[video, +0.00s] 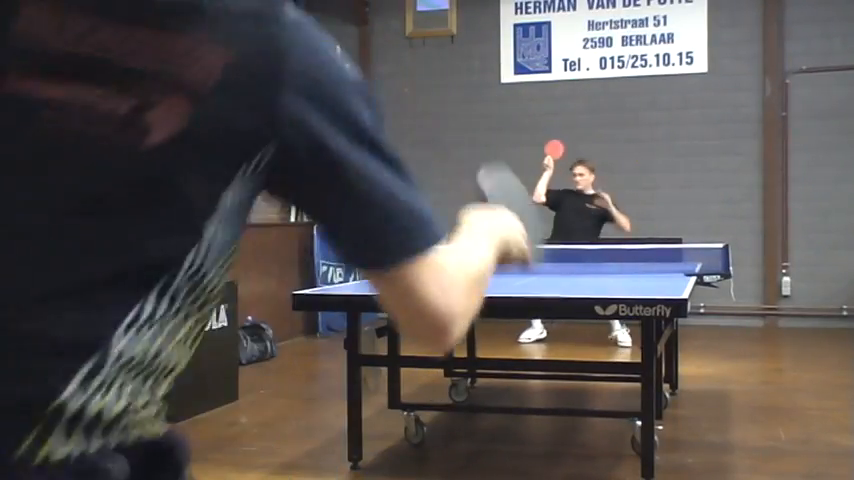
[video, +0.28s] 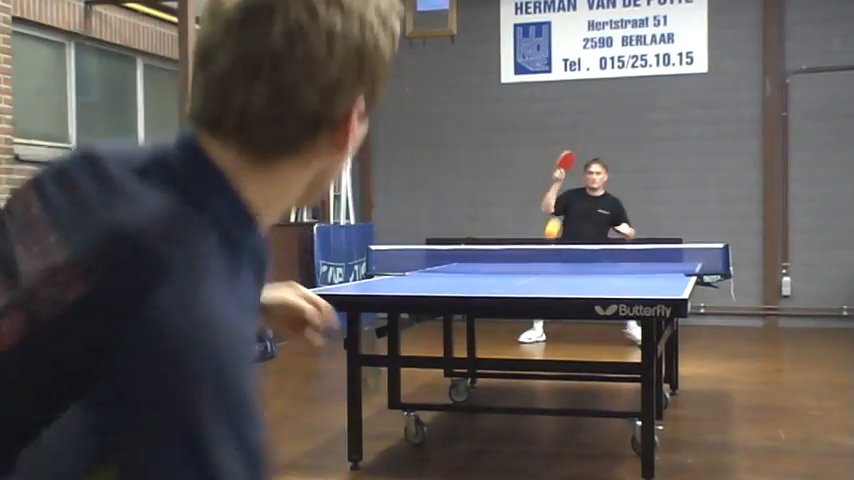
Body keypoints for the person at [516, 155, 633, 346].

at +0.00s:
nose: (577, 179)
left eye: (581, 175)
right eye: (574, 175)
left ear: (592, 177)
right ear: (571, 177)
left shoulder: (600, 200)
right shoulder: (563, 196)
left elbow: (626, 227)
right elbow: (537, 197)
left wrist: (610, 207)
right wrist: (548, 171)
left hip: (588, 256)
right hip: (557, 254)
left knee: (605, 288)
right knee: (533, 281)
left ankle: (618, 328)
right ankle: (537, 326)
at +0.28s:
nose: (593, 177)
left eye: (598, 173)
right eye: (590, 173)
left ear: (605, 177)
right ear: (584, 176)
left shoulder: (612, 203)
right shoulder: (572, 196)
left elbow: (630, 235)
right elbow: (546, 208)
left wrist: (628, 232)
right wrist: (556, 183)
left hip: (598, 258)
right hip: (566, 257)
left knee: (625, 282)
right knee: (541, 281)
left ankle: (631, 325)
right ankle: (537, 328)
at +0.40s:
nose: (601, 175)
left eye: (605, 171)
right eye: (597, 171)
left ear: (613, 174)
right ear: (592, 175)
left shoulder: (623, 198)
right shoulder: (583, 198)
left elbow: (642, 225)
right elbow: (561, 222)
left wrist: (635, 233)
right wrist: (561, 206)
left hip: (615, 255)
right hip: (581, 256)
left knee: (635, 286)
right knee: (554, 279)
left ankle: (647, 328)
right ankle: (540, 327)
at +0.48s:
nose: (604, 175)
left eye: (608, 171)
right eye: (600, 172)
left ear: (616, 174)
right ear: (595, 175)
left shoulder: (628, 197)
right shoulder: (588, 199)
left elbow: (649, 222)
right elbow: (570, 229)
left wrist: (638, 238)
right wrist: (566, 218)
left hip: (622, 256)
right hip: (590, 256)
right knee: (561, 272)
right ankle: (555, 323)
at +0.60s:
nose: (603, 172)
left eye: (607, 168)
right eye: (599, 169)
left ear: (615, 170)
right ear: (594, 172)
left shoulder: (628, 193)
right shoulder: (588, 196)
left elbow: (651, 220)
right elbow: (578, 221)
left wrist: (637, 238)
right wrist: (572, 229)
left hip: (621, 254)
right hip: (592, 255)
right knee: (577, 280)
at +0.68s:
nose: (599, 168)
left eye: (603, 164)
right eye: (595, 165)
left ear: (611, 165)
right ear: (590, 168)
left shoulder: (625, 188)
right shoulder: (585, 191)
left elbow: (648, 213)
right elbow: (576, 217)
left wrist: (634, 232)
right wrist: (572, 230)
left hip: (622, 249)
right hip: (593, 250)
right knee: (577, 277)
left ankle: (654, 325)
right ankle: (587, 322)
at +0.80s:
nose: (589, 173)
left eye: (593, 168)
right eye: (585, 170)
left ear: (601, 169)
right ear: (581, 172)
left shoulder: (616, 190)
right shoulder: (580, 196)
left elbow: (641, 215)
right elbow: (575, 222)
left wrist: (619, 234)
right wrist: (568, 235)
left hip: (621, 253)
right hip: (592, 253)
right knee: (567, 271)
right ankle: (568, 326)